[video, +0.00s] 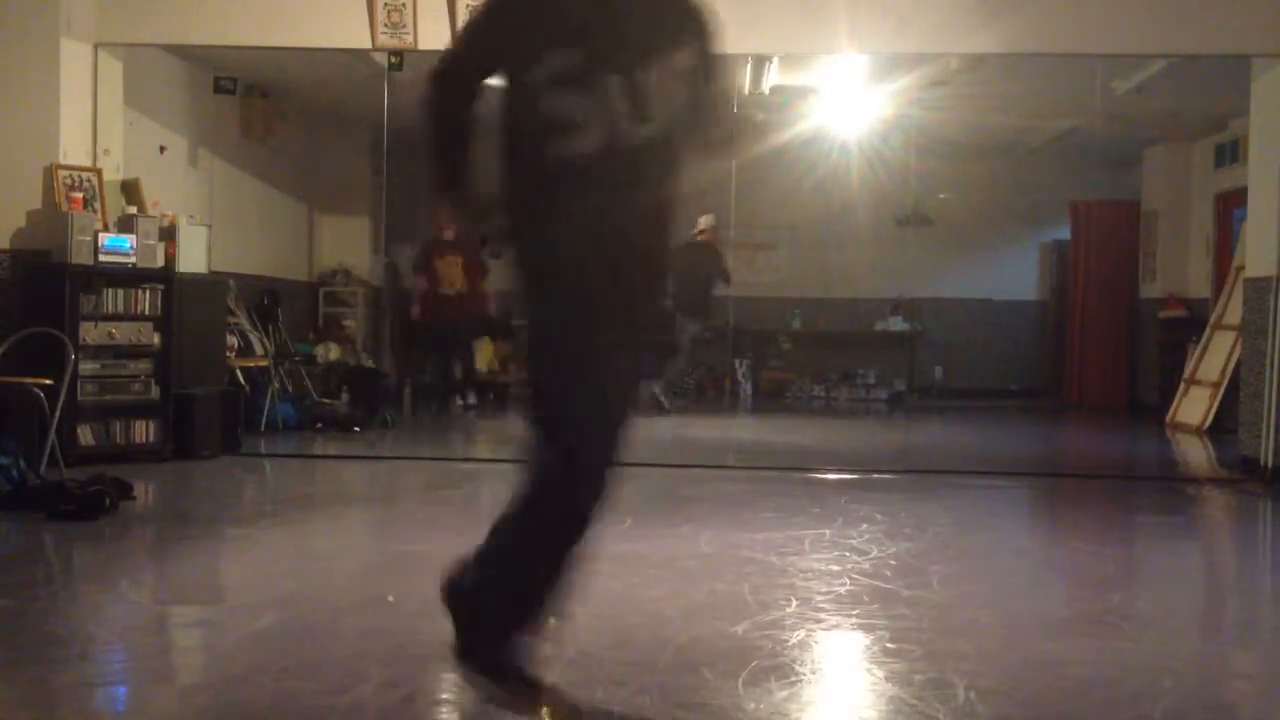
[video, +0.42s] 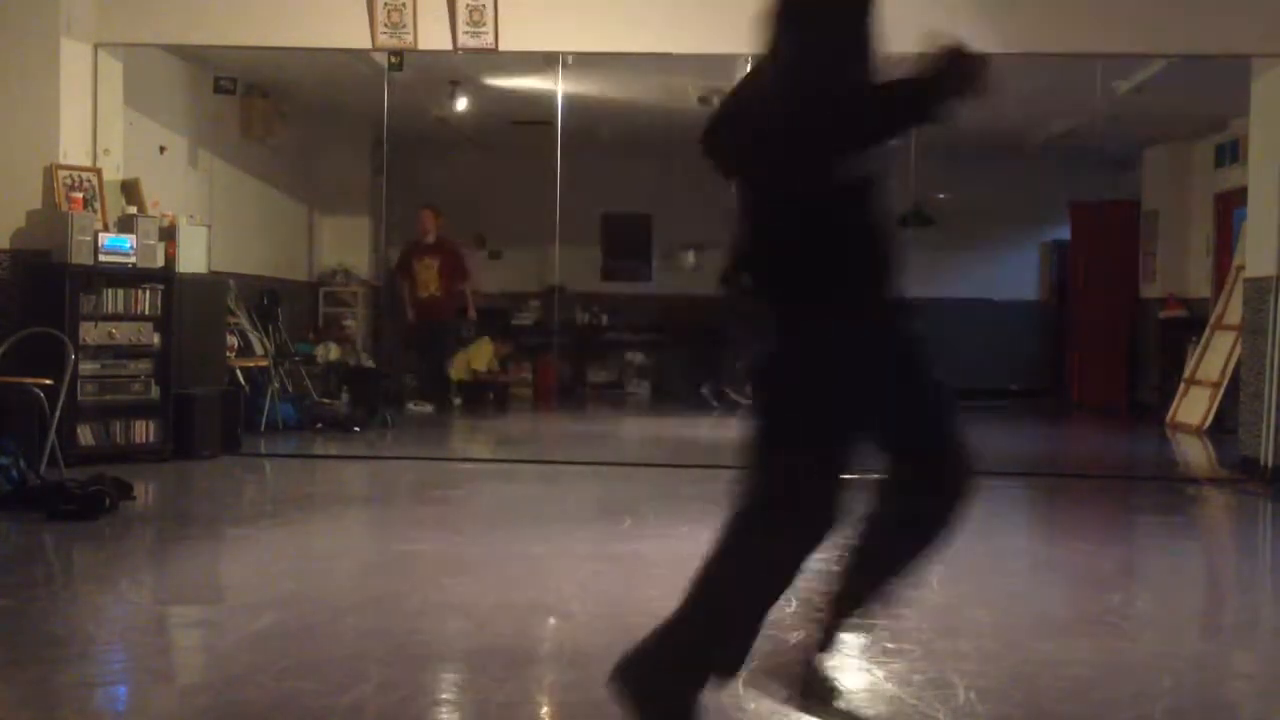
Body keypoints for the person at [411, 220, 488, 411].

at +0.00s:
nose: (446, 233)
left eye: (449, 228)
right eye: (442, 228)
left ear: (455, 227)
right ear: (437, 228)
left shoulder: (467, 247)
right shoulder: (429, 248)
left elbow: (480, 274)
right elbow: (421, 276)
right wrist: (417, 302)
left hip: (464, 310)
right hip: (438, 310)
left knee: (466, 355)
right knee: (441, 356)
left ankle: (469, 393)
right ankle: (443, 398)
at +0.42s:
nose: (424, 224)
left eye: (428, 219)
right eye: (422, 219)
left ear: (437, 222)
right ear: (418, 223)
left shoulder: (449, 249)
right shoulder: (411, 250)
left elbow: (463, 280)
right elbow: (404, 281)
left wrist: (470, 307)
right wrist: (409, 310)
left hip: (445, 312)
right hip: (421, 314)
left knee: (442, 358)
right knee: (425, 359)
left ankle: (444, 398)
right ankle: (428, 398)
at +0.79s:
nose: (407, 221)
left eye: (411, 216)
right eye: (405, 216)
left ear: (422, 217)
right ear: (401, 218)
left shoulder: (432, 243)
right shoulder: (395, 244)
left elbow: (440, 274)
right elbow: (390, 277)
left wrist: (435, 299)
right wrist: (384, 301)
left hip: (423, 309)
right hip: (398, 310)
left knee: (425, 356)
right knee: (394, 355)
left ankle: (425, 397)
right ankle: (394, 395)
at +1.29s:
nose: (389, 216)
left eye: (393, 211)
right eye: (386, 211)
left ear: (402, 212)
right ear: (382, 213)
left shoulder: (415, 239)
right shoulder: (376, 239)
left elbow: (426, 274)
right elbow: (365, 272)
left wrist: (430, 303)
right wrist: (362, 299)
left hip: (407, 309)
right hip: (381, 308)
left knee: (405, 355)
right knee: (383, 355)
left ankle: (405, 399)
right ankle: (387, 400)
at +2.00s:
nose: (382, 209)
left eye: (387, 204)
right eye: (379, 204)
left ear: (395, 207)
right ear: (375, 207)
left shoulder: (405, 235)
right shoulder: (363, 233)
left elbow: (413, 268)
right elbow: (353, 265)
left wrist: (402, 292)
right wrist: (346, 292)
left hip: (391, 307)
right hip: (364, 306)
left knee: (391, 359)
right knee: (362, 357)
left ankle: (390, 406)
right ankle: (364, 405)